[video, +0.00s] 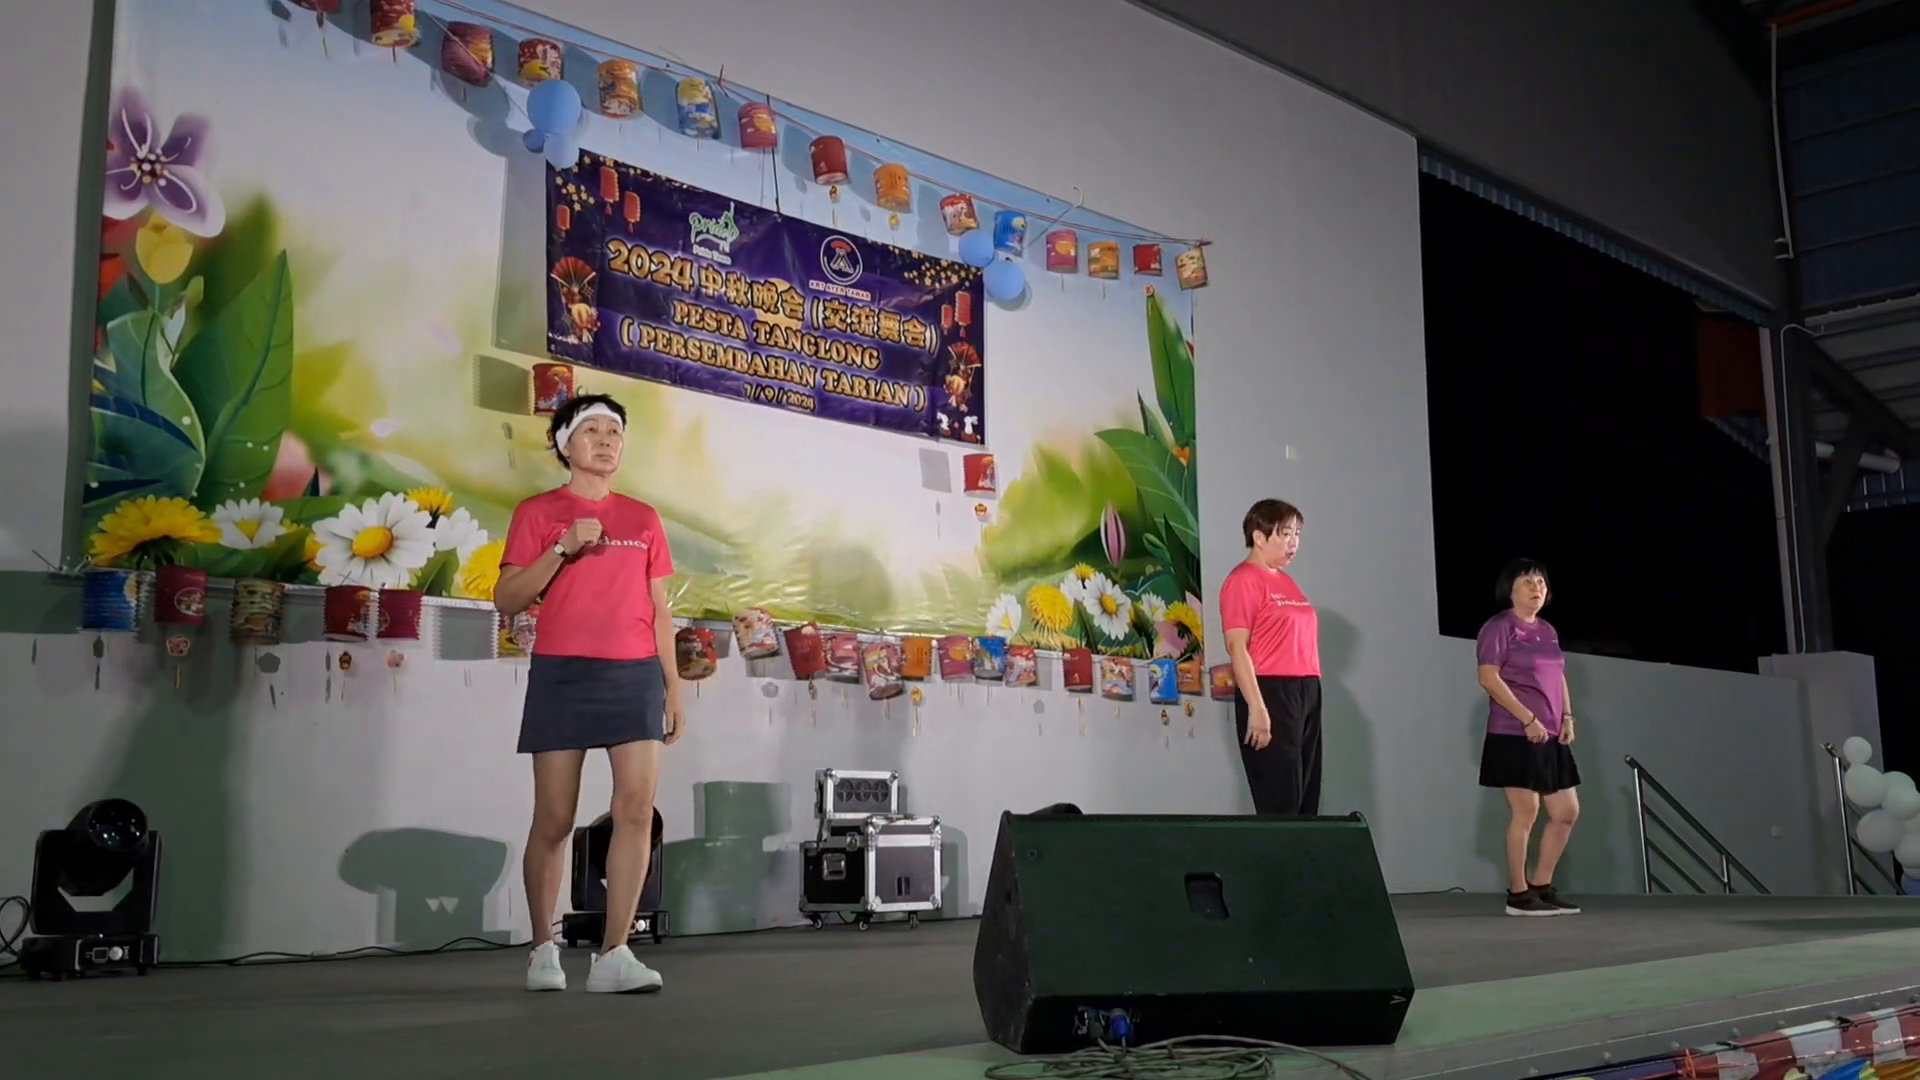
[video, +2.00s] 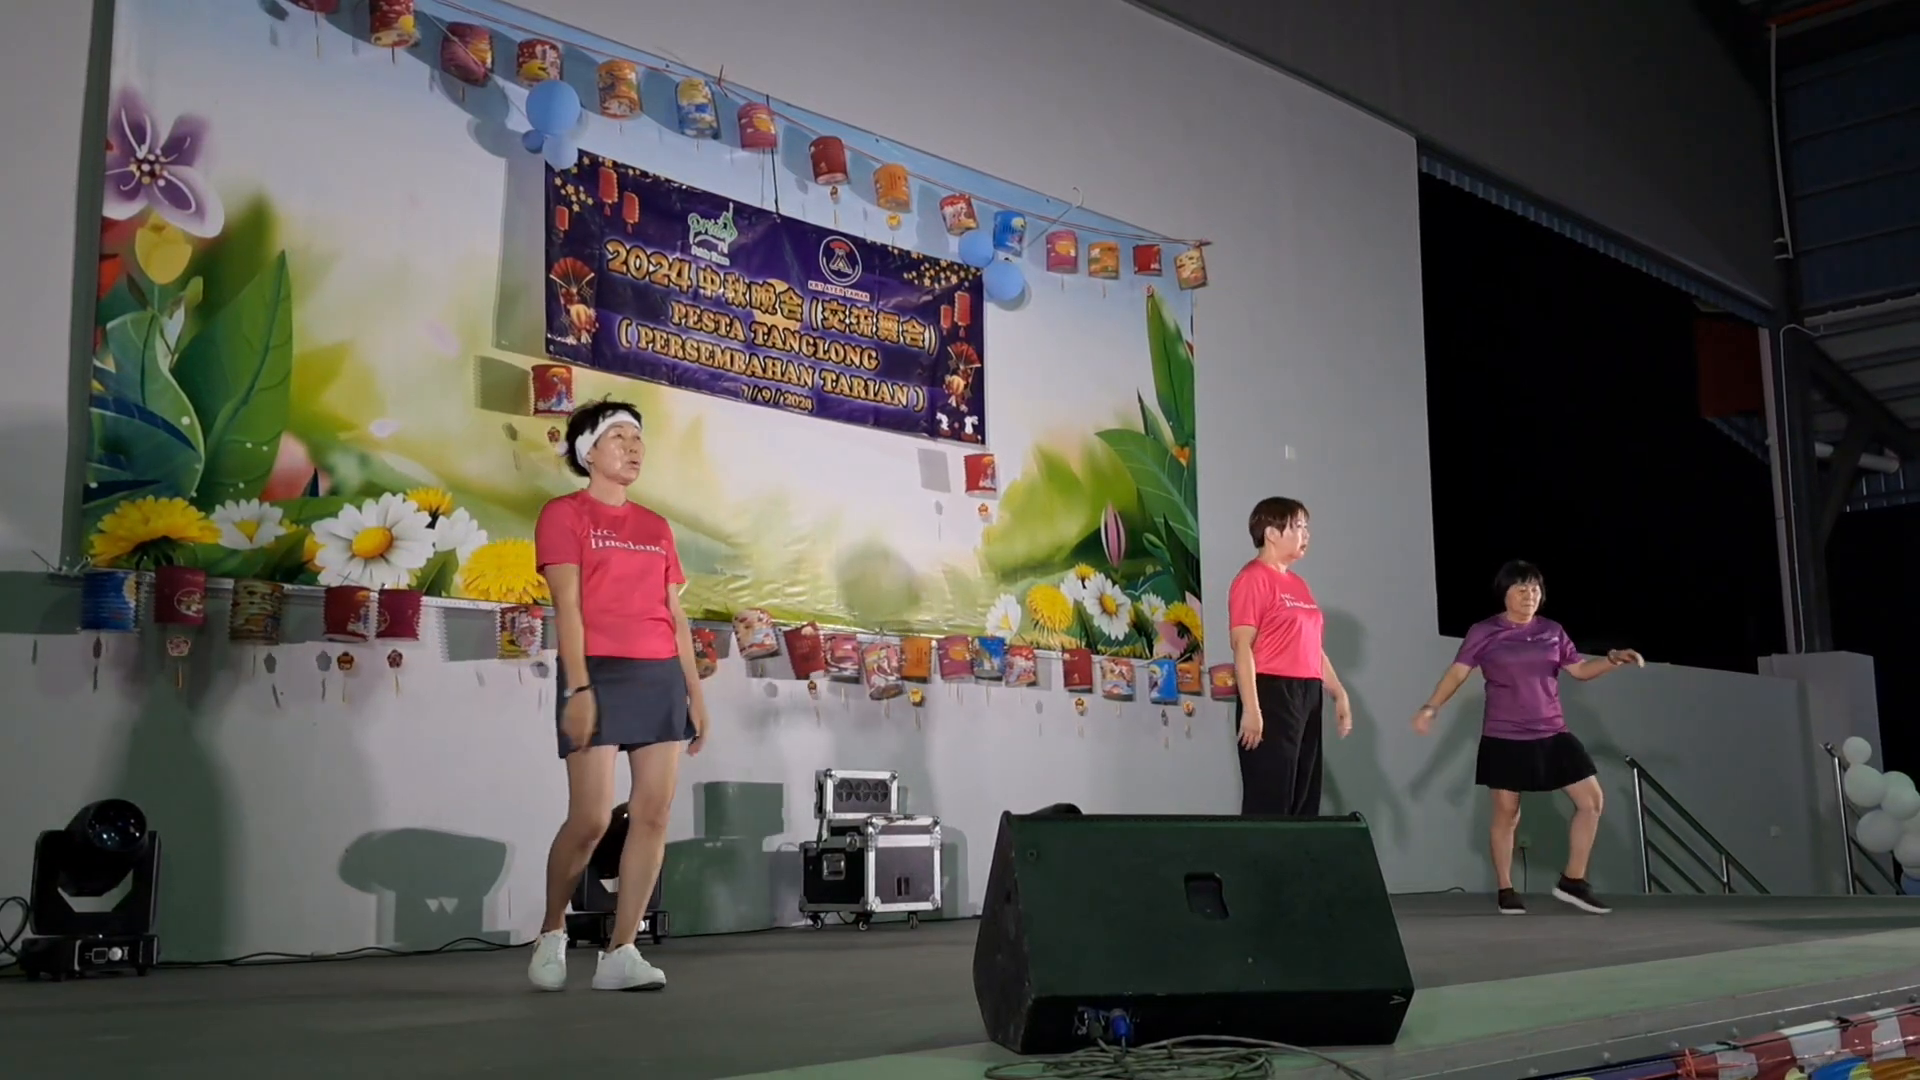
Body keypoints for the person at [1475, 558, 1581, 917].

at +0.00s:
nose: (1536, 588)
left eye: (1541, 582)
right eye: (1527, 583)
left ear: (1546, 590)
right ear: (1511, 590)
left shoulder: (1548, 631)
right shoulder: (1498, 627)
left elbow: (1559, 676)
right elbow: (1488, 678)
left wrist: (1567, 715)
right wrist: (1528, 719)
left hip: (1550, 736)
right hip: (1513, 736)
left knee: (1566, 811)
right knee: (1525, 811)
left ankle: (1541, 888)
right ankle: (1518, 893)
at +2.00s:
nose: (1530, 596)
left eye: (1535, 590)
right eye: (1522, 589)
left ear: (1540, 595)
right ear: (1504, 594)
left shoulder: (1551, 632)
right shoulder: (1485, 633)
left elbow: (1580, 670)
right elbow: (1457, 674)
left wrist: (1613, 660)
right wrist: (1430, 708)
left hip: (1552, 735)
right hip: (1504, 738)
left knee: (1591, 800)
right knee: (1506, 813)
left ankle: (1573, 881)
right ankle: (1506, 890)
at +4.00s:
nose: (1556, 589)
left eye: (1557, 583)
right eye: (1548, 583)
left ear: (1558, 592)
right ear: (1530, 591)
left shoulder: (1562, 635)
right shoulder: (1518, 632)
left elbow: (1575, 687)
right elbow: (1516, 687)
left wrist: (1596, 728)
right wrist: (1533, 736)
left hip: (1567, 740)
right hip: (1529, 738)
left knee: (1589, 811)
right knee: (1534, 810)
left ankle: (1560, 886)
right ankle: (1540, 892)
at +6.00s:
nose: (1552, 588)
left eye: (1554, 583)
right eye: (1543, 583)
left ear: (1558, 592)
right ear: (1527, 592)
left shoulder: (1559, 633)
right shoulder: (1521, 628)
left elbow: (1570, 688)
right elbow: (1522, 681)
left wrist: (1586, 733)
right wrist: (1550, 729)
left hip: (1571, 737)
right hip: (1537, 735)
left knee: (1564, 814)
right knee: (1542, 810)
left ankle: (1555, 891)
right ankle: (1536, 892)